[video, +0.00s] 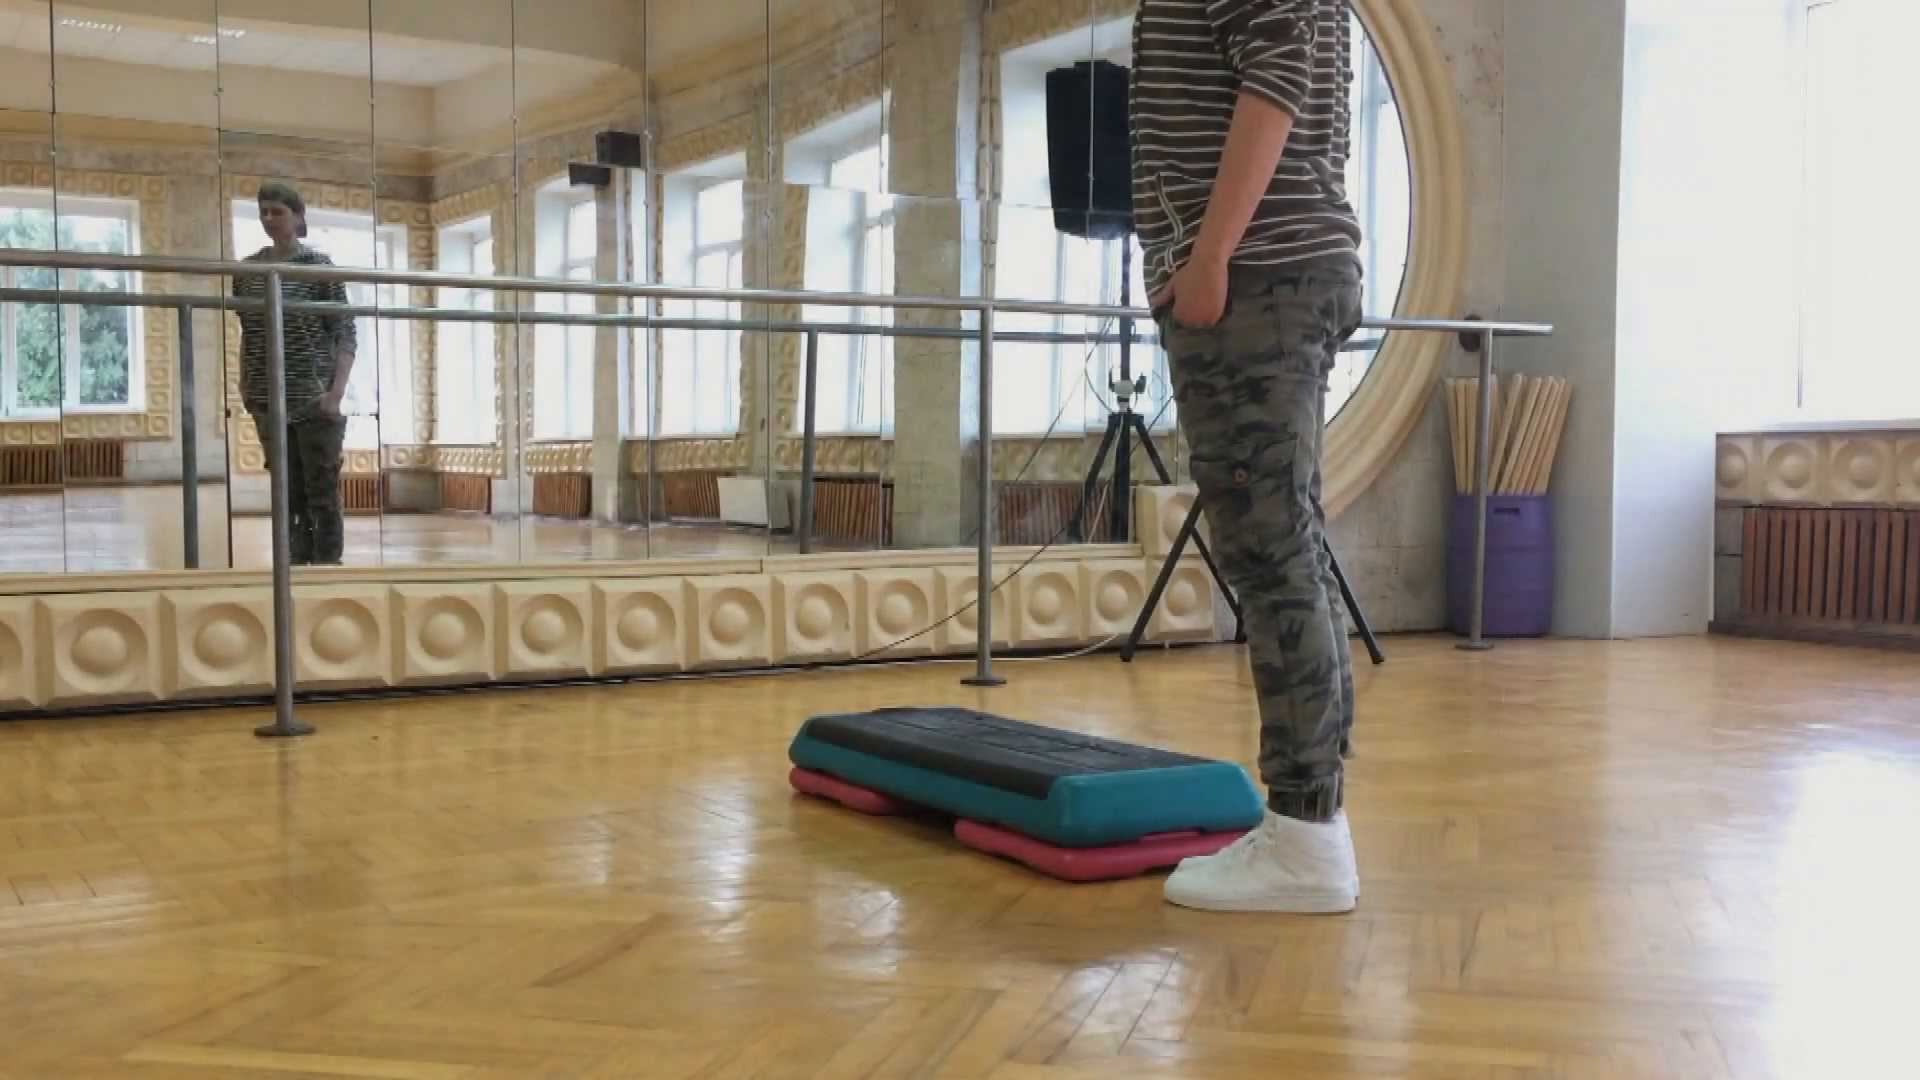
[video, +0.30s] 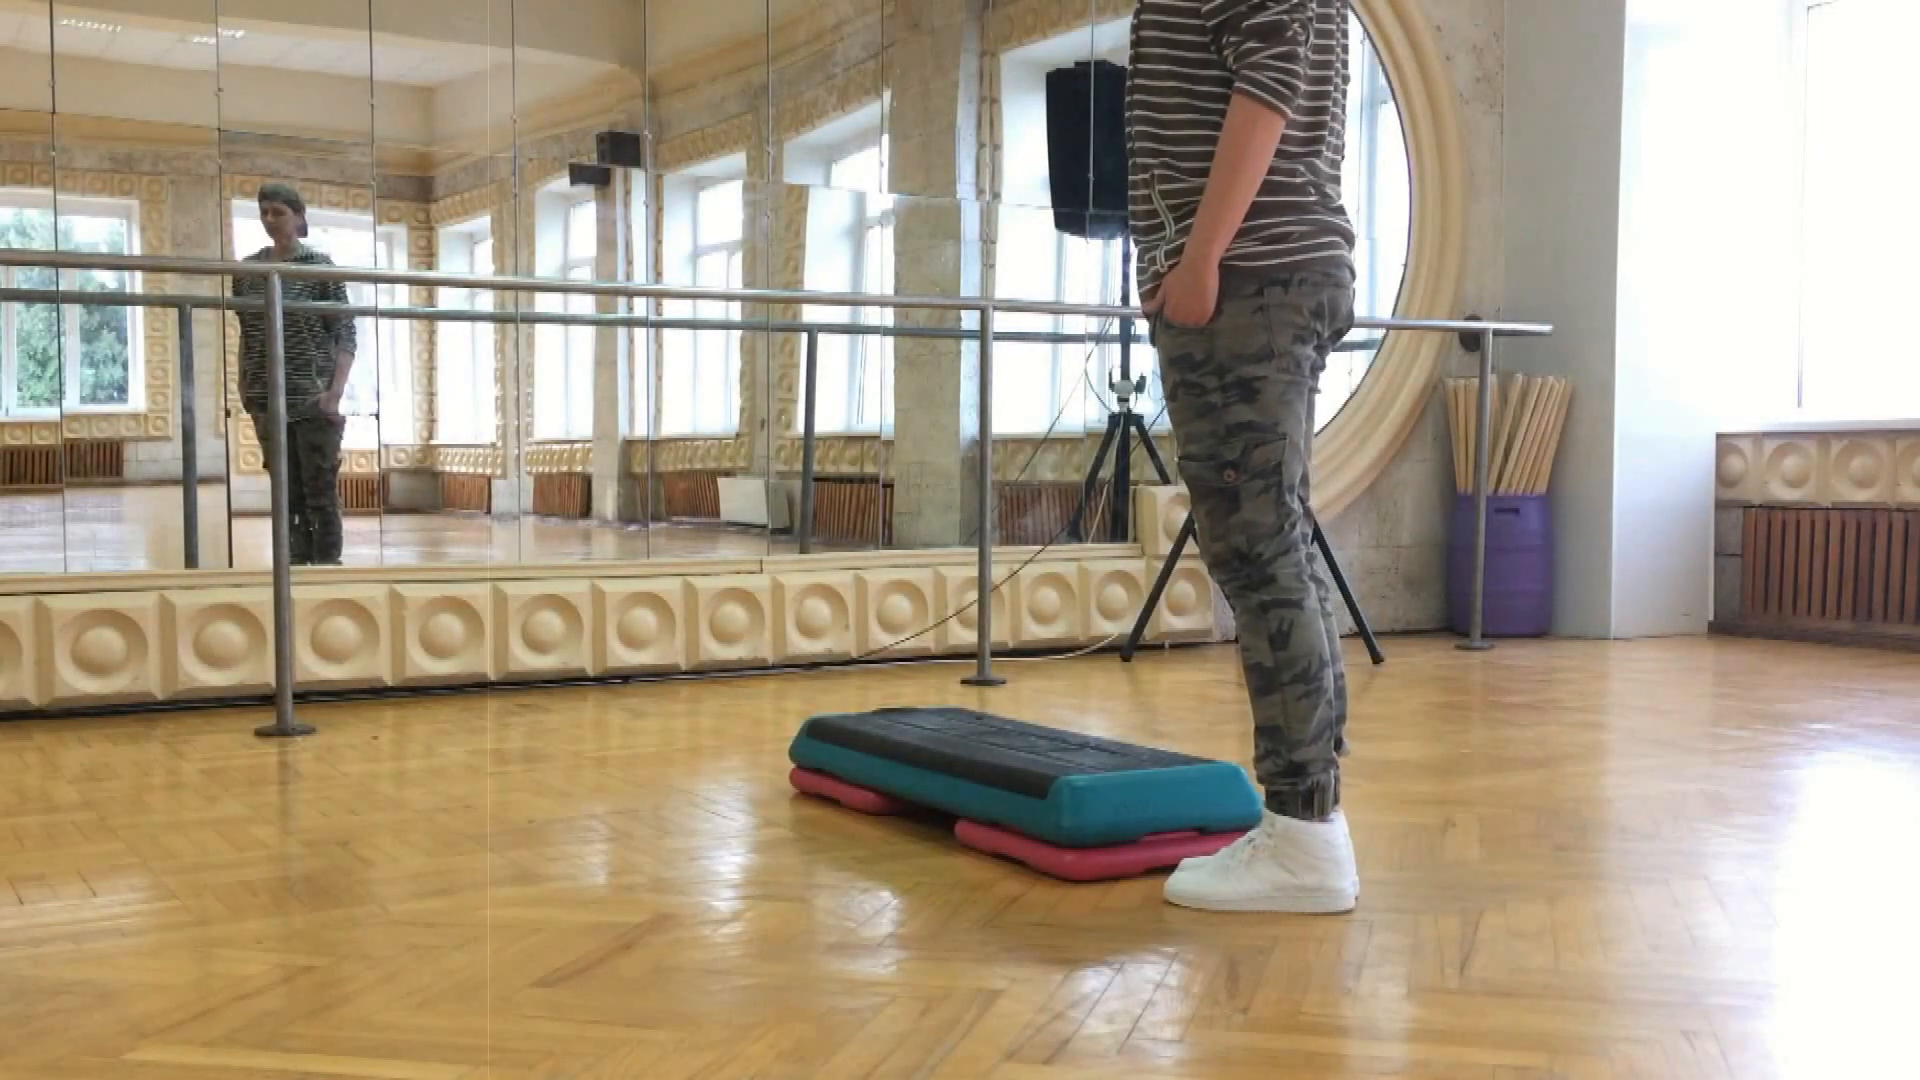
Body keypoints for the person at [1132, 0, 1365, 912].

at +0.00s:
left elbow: (1279, 75)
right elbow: (1268, 87)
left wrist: (1210, 253)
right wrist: (1193, 251)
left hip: (1259, 274)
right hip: (1253, 273)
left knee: (1265, 546)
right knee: (1276, 543)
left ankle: (1305, 838)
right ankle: (1305, 822)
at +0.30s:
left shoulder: (1264, 1)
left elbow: (1271, 83)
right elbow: (1258, 93)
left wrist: (1200, 257)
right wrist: (1184, 254)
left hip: (1250, 279)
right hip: (1246, 278)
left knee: (1254, 548)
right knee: (1266, 544)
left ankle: (1304, 836)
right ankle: (1304, 821)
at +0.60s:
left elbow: (1268, 86)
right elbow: (1264, 99)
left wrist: (1195, 261)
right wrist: (1185, 259)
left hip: (1247, 284)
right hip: (1241, 285)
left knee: (1267, 552)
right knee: (1273, 550)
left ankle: (1306, 838)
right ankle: (1306, 823)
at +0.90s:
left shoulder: (1233, 0)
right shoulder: (1288, 10)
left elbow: (1244, 93)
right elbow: (1315, 148)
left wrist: (1176, 264)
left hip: (1230, 287)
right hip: (1268, 283)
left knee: (1220, 559)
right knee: (1228, 555)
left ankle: (1303, 838)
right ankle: (1302, 824)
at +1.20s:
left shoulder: (1188, 2)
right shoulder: (1159, 20)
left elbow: (1258, 103)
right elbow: (1298, 135)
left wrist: (1178, 269)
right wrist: (1168, 260)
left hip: (1235, 279)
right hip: (1195, 285)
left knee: (1179, 557)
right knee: (1040, 439)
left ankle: (1292, 834)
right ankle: (1149, 674)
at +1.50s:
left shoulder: (1174, 3)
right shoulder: (1068, 24)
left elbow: (1287, 68)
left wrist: (1249, 235)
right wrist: (1142, 252)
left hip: (1249, 266)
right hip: (1149, 291)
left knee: (1330, 496)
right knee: (1071, 465)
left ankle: (1413, 763)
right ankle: (1144, 704)